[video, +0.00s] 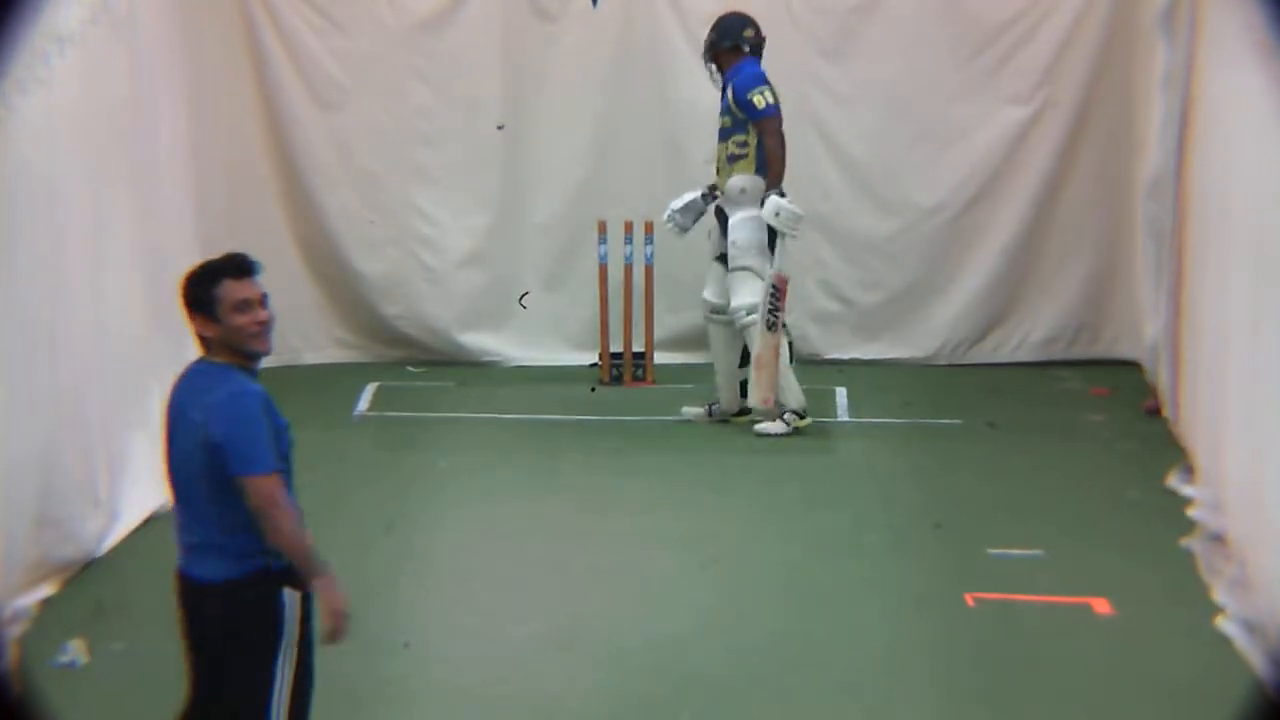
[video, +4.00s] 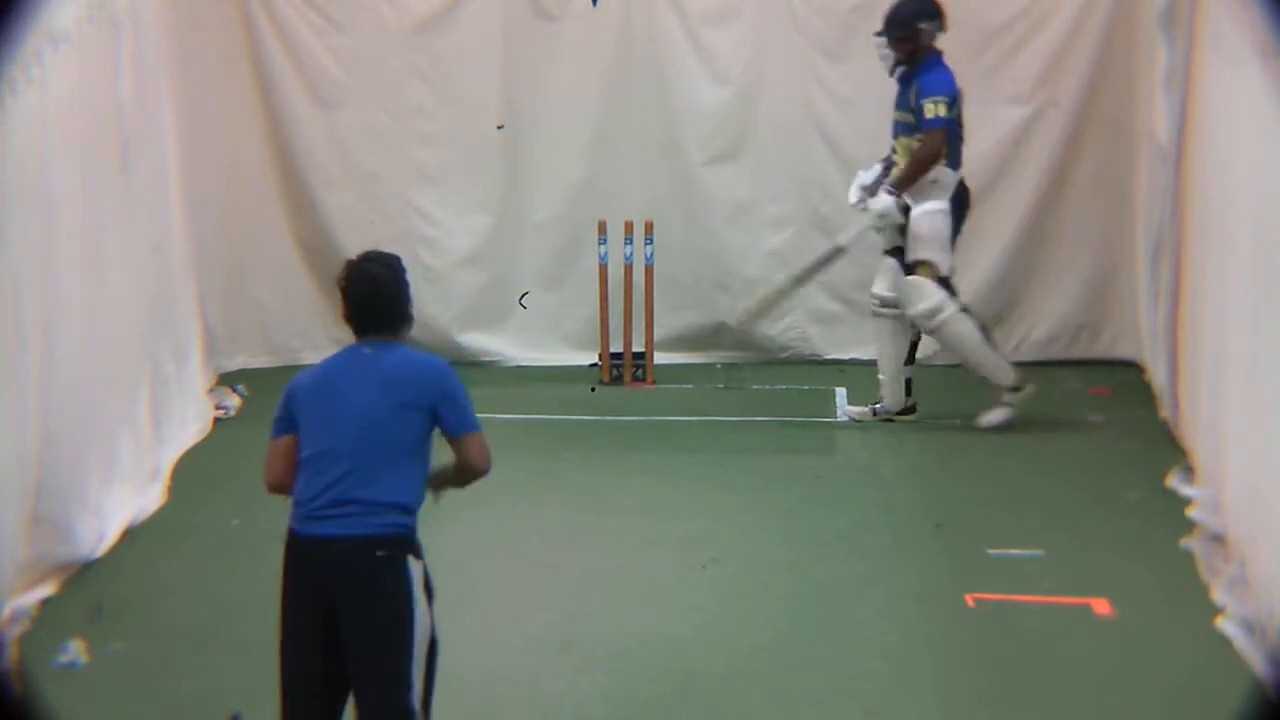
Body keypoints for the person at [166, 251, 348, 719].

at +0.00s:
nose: (263, 317)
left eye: (263, 302)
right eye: (244, 309)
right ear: (204, 325)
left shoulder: (192, 386)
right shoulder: (240, 399)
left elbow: (198, 495)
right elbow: (269, 507)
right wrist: (321, 578)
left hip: (205, 585)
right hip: (257, 588)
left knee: (212, 705)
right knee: (269, 709)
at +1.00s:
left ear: (279, 301)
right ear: (344, 296)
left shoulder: (248, 380)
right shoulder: (370, 374)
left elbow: (237, 482)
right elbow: (431, 445)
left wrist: (261, 539)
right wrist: (391, 402)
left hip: (276, 574)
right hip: (357, 575)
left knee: (285, 709)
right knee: (395, 707)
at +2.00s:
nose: (401, 282)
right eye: (396, 275)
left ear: (338, 290)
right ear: (398, 287)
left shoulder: (310, 360)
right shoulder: (422, 352)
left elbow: (263, 455)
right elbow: (477, 416)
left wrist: (263, 506)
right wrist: (431, 338)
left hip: (333, 565)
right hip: (410, 564)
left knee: (322, 704)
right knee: (421, 703)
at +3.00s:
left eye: (386, 285)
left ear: (384, 299)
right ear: (446, 300)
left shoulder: (347, 378)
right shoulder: (476, 379)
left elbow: (315, 479)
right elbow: (511, 475)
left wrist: (323, 549)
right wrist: (508, 544)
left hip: (371, 576)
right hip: (450, 578)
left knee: (347, 706)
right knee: (437, 708)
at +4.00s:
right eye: (406, 298)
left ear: (346, 311)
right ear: (407, 310)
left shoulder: (308, 381)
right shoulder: (431, 373)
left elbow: (278, 477)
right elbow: (476, 461)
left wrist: (338, 473)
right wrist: (435, 478)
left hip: (310, 565)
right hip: (383, 565)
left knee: (307, 703)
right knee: (391, 704)